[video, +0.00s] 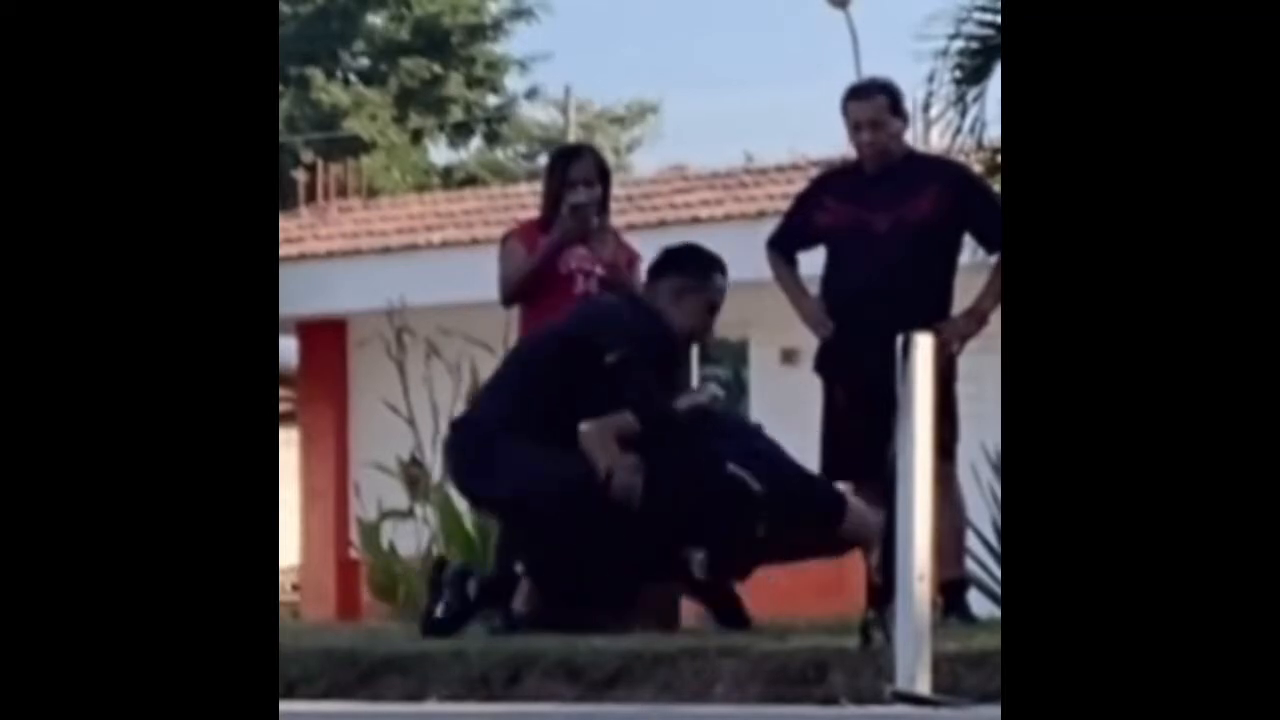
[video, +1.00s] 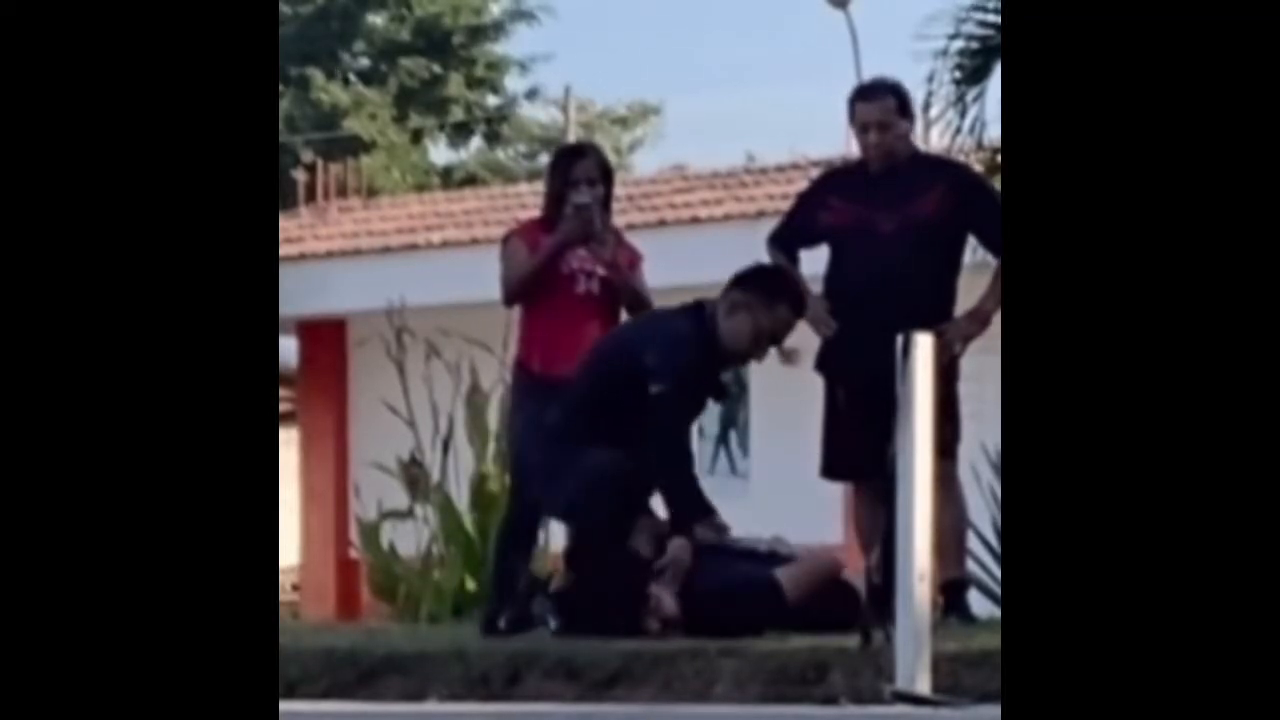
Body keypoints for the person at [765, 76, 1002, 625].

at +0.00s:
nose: (866, 138)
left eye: (876, 126)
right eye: (856, 128)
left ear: (902, 124)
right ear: (846, 132)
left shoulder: (947, 180)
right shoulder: (832, 188)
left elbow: (1002, 246)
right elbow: (778, 250)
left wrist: (974, 317)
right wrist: (814, 317)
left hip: (924, 353)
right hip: (852, 353)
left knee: (934, 476)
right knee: (866, 484)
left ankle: (952, 595)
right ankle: (878, 601)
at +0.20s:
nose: (868, 138)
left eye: (879, 126)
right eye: (858, 128)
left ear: (904, 123)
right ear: (847, 131)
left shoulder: (948, 181)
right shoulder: (833, 188)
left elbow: (1003, 247)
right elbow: (779, 250)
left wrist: (975, 317)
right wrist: (815, 316)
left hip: (925, 352)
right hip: (853, 351)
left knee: (935, 475)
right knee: (865, 482)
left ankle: (952, 595)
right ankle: (877, 599)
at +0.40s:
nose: (870, 140)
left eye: (880, 127)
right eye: (859, 129)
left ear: (906, 124)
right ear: (849, 132)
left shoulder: (949, 182)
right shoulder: (834, 188)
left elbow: (1003, 248)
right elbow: (779, 249)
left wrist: (975, 318)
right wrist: (813, 313)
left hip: (925, 353)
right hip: (853, 353)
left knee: (935, 474)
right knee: (872, 484)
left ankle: (952, 594)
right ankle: (881, 599)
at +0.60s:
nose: (872, 140)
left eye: (883, 128)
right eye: (862, 129)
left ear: (907, 125)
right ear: (851, 132)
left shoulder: (950, 182)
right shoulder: (834, 188)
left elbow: (1003, 249)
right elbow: (780, 247)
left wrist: (975, 319)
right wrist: (813, 312)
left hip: (926, 352)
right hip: (854, 351)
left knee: (936, 474)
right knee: (865, 481)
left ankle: (951, 592)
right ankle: (872, 595)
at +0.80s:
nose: (873, 140)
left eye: (884, 127)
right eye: (862, 129)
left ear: (909, 126)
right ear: (852, 132)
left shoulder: (951, 182)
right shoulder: (835, 188)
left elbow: (1004, 250)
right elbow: (780, 246)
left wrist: (976, 319)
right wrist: (812, 308)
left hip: (926, 352)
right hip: (854, 352)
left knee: (936, 475)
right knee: (864, 481)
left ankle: (952, 591)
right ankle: (872, 593)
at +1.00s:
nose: (873, 140)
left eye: (884, 127)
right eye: (863, 129)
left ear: (909, 125)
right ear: (852, 132)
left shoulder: (951, 182)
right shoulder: (835, 188)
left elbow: (1003, 250)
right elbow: (780, 245)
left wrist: (977, 318)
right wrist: (810, 306)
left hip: (926, 353)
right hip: (854, 352)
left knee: (936, 474)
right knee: (865, 481)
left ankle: (952, 591)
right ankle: (877, 593)